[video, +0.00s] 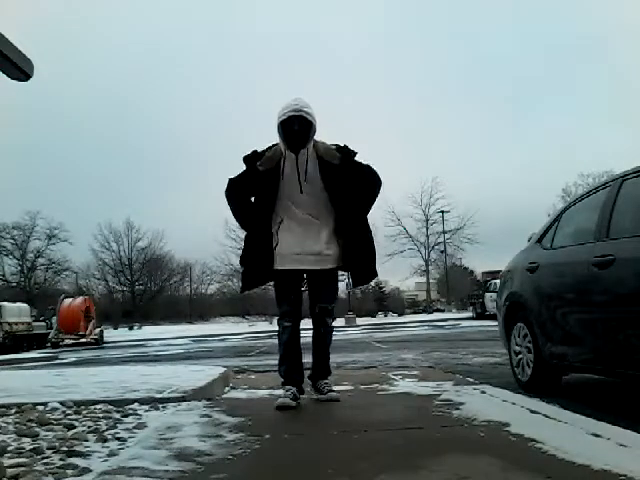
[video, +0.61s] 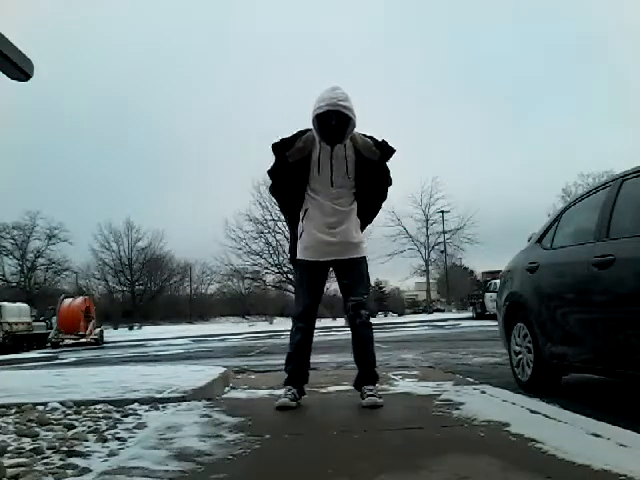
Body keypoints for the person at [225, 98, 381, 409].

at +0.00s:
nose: (295, 130)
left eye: (301, 124)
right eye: (289, 125)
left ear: (312, 127)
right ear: (279, 129)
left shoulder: (334, 158)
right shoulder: (269, 162)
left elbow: (371, 182)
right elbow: (235, 190)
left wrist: (351, 218)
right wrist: (255, 225)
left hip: (325, 252)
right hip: (285, 253)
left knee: (324, 318)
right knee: (288, 320)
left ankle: (321, 381)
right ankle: (291, 386)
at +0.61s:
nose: (332, 125)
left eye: (339, 119)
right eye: (326, 119)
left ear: (350, 120)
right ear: (316, 119)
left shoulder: (366, 150)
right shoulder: (299, 149)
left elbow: (379, 188)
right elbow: (280, 185)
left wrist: (359, 222)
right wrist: (298, 218)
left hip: (350, 241)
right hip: (309, 242)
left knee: (359, 312)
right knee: (303, 316)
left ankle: (368, 384)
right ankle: (294, 385)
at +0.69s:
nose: (341, 123)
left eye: (348, 117)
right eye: (334, 116)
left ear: (360, 119)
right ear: (324, 116)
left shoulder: (373, 149)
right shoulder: (306, 146)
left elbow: (385, 188)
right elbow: (286, 181)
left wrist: (363, 220)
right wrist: (304, 213)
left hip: (353, 242)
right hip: (313, 242)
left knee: (361, 313)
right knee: (305, 316)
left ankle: (368, 384)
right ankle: (298, 385)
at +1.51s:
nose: (274, 128)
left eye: (278, 121)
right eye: (273, 122)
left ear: (295, 119)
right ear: (283, 124)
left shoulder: (331, 146)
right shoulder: (275, 159)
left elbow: (368, 177)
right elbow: (280, 198)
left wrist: (353, 213)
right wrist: (295, 218)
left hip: (333, 246)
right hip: (298, 250)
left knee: (348, 315)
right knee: (300, 322)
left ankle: (366, 384)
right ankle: (304, 386)